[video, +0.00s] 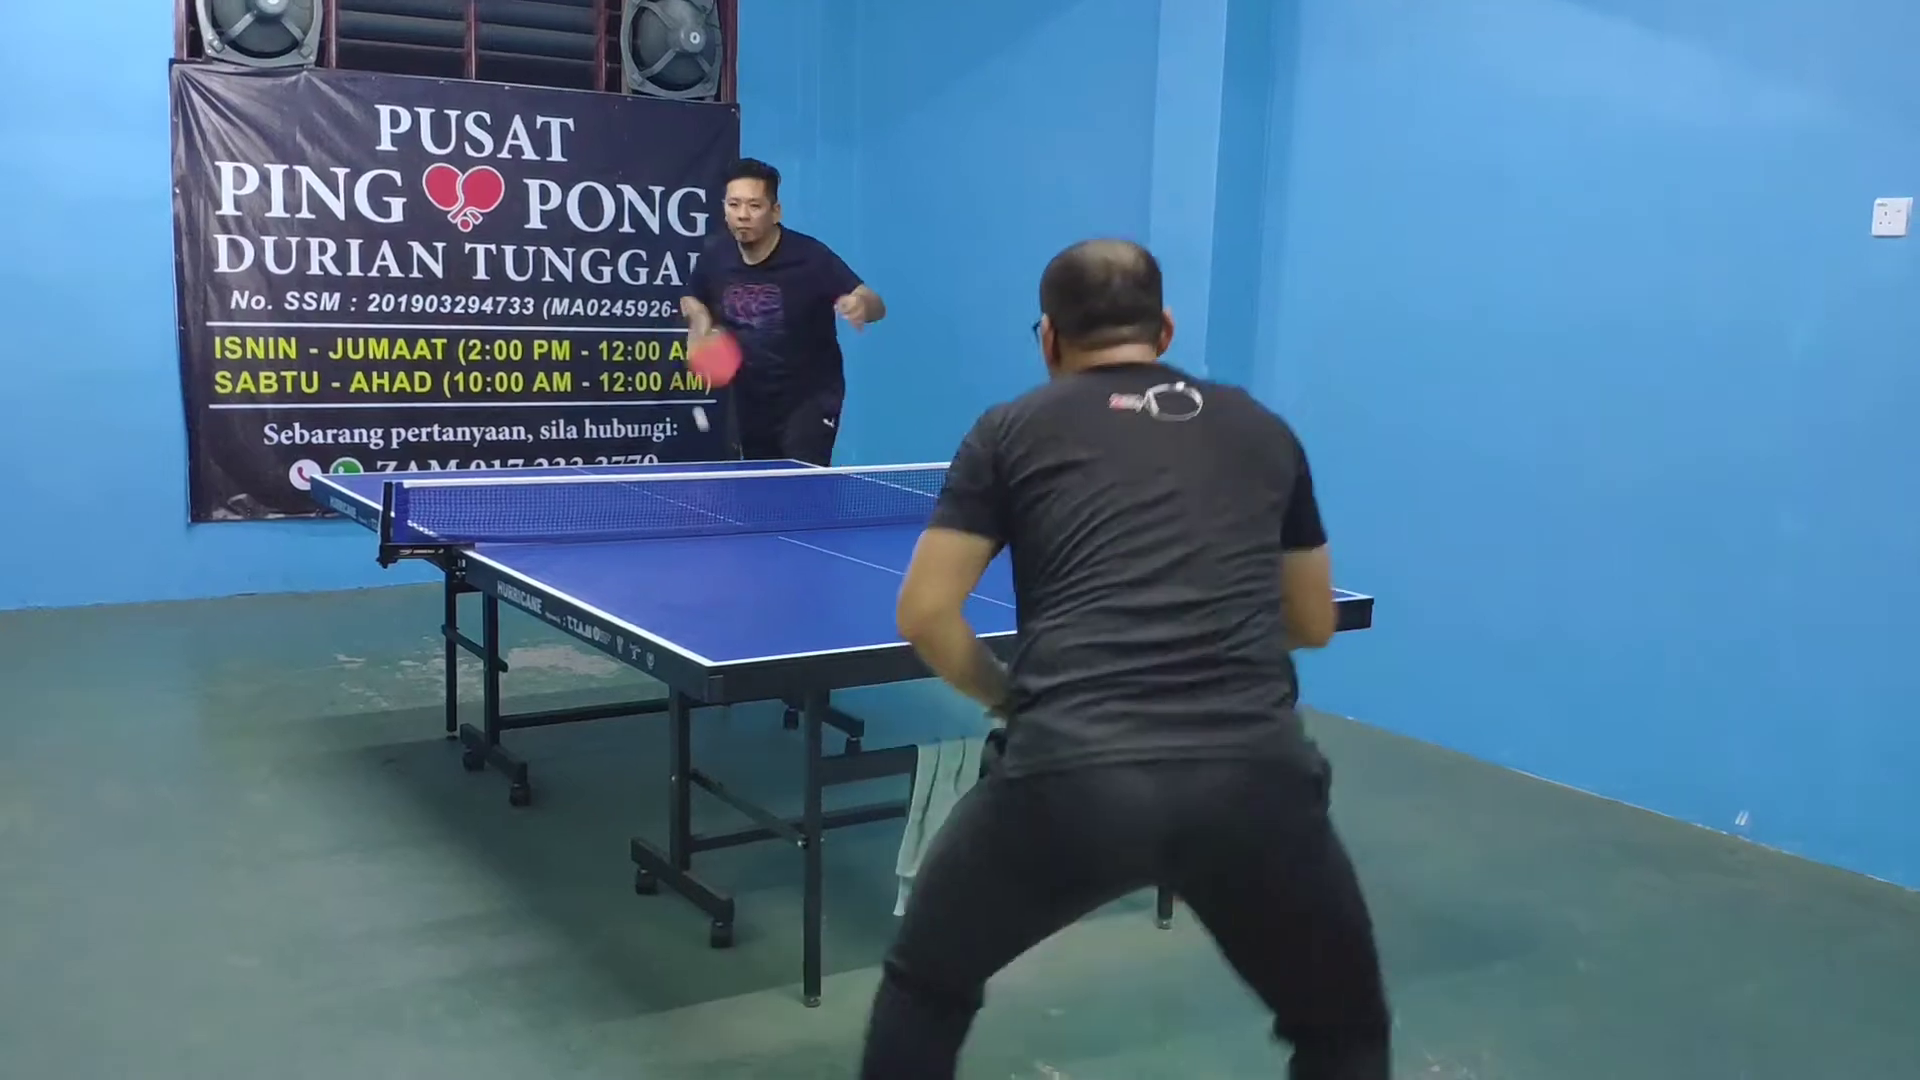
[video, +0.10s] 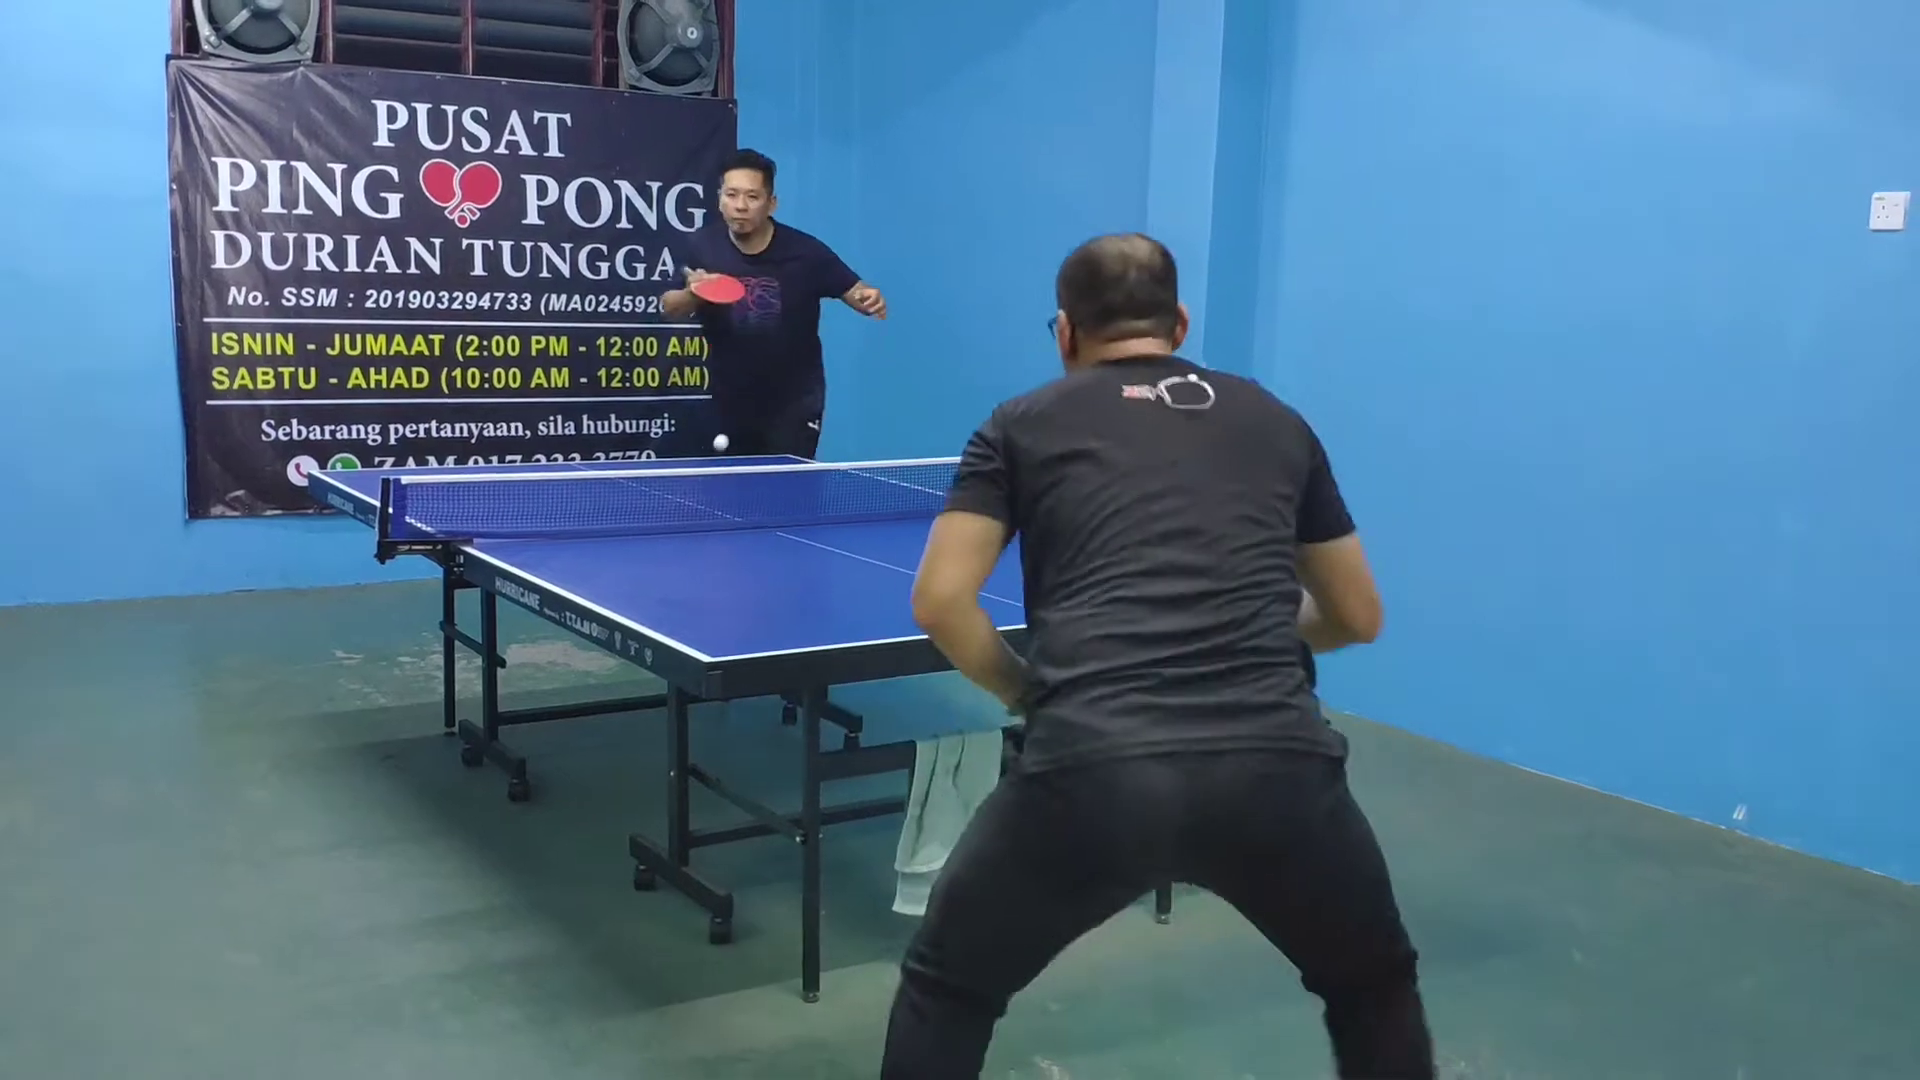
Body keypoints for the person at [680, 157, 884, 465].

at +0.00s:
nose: (742, 215)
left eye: (754, 206)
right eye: (734, 204)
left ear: (776, 212)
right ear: (724, 209)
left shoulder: (809, 255)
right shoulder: (716, 256)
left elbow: (876, 306)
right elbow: (691, 297)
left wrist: (862, 305)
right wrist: (701, 322)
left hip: (810, 394)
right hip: (749, 395)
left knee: (801, 490)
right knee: (755, 492)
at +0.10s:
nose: (740, 206)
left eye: (752, 197)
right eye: (732, 195)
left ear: (771, 204)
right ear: (720, 199)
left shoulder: (804, 252)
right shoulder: (704, 247)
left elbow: (851, 289)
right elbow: (669, 307)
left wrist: (870, 301)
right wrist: (694, 294)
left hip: (792, 400)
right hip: (732, 398)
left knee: (784, 500)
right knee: (730, 500)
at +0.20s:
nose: (731, 195)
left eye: (743, 187)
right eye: (722, 185)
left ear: (759, 195)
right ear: (708, 192)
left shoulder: (793, 246)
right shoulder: (688, 240)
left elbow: (840, 286)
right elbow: (651, 299)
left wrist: (861, 298)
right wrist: (678, 290)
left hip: (775, 399)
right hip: (707, 396)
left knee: (776, 498)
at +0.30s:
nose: (712, 189)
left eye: (723, 180)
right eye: (702, 178)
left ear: (739, 189)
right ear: (688, 186)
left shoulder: (771, 241)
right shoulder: (664, 237)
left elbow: (819, 285)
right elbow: (628, 294)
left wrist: (832, 303)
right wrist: (651, 292)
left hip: (751, 405)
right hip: (678, 402)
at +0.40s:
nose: (685, 187)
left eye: (695, 178)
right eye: (675, 178)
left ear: (713, 186)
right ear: (659, 185)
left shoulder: (742, 241)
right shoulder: (638, 238)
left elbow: (785, 291)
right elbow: (601, 296)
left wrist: (800, 314)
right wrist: (622, 303)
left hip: (724, 403)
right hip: (653, 400)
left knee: (738, 508)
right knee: (606, 498)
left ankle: (747, 606)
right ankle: (556, 606)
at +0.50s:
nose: (657, 187)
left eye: (667, 179)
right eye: (648, 178)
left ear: (684, 187)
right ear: (632, 185)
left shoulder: (711, 242)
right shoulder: (605, 242)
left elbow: (754, 292)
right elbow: (572, 303)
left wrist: (765, 316)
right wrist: (595, 312)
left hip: (697, 403)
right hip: (622, 402)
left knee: (721, 499)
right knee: (581, 496)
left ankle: (740, 602)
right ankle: (547, 600)